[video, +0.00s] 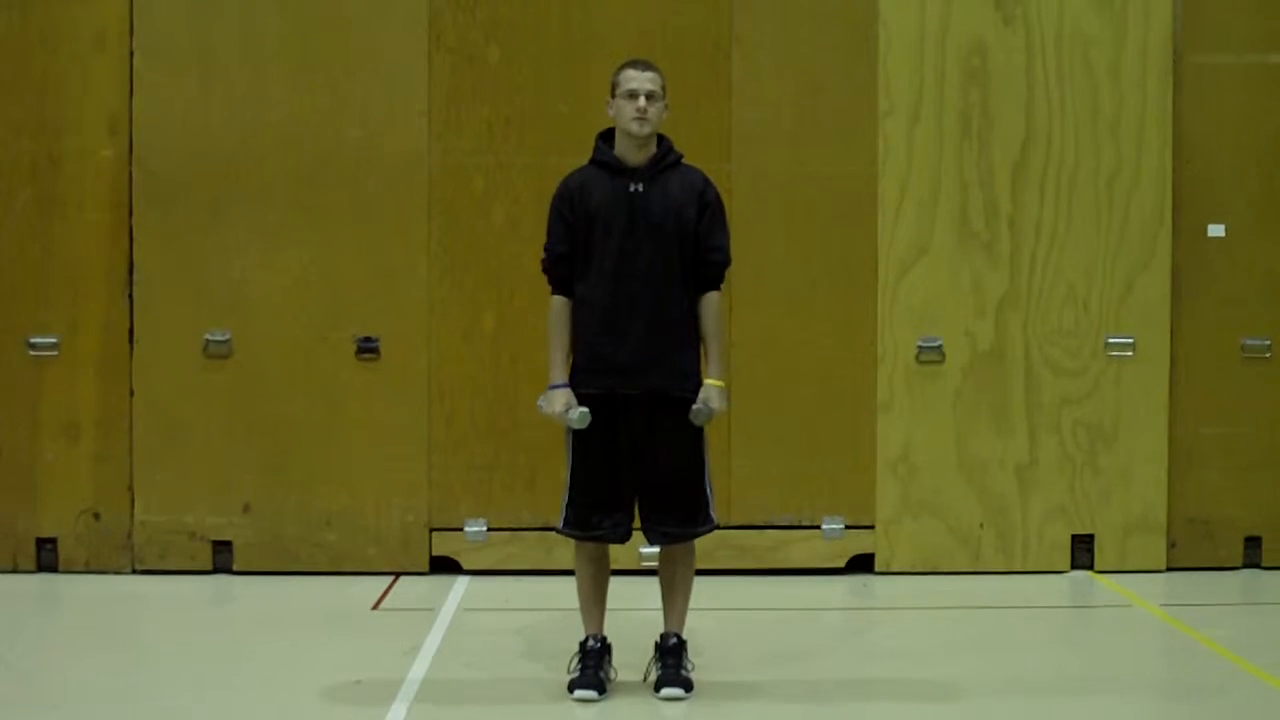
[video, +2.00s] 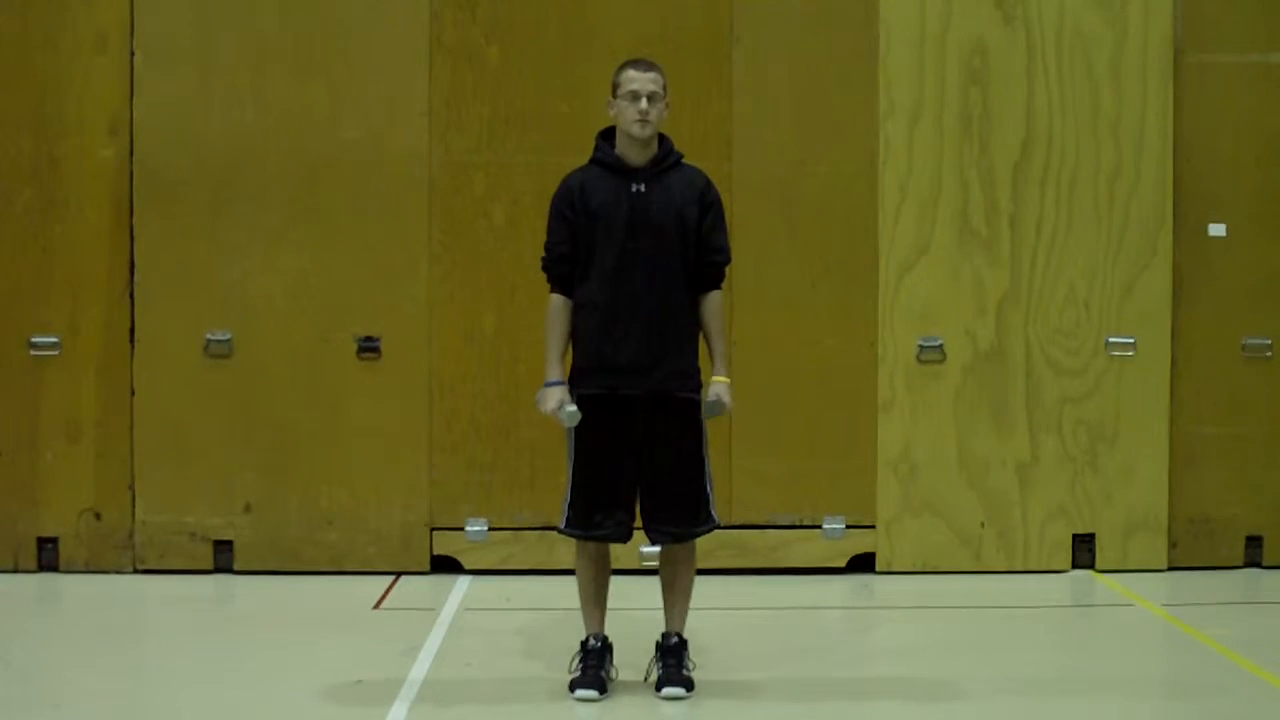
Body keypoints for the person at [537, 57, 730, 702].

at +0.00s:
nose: (642, 106)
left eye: (652, 97)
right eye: (631, 96)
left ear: (665, 110)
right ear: (610, 106)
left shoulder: (695, 189)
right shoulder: (577, 189)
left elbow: (710, 289)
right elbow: (561, 292)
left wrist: (715, 376)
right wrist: (558, 381)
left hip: (673, 385)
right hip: (596, 385)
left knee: (677, 524)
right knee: (591, 523)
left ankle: (673, 648)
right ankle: (593, 648)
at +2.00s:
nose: (644, 107)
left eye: (654, 98)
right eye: (633, 97)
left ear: (667, 110)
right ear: (611, 107)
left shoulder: (694, 188)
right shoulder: (579, 188)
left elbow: (710, 287)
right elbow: (560, 290)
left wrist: (720, 370)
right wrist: (554, 377)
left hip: (674, 383)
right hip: (598, 384)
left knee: (678, 523)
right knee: (593, 522)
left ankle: (673, 648)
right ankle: (594, 647)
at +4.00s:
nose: (663, 110)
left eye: (674, 101)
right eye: (653, 100)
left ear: (690, 109)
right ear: (635, 108)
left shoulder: (718, 192)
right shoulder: (601, 188)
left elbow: (730, 292)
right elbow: (580, 287)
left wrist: (734, 378)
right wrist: (564, 372)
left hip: (688, 386)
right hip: (612, 383)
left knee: (686, 523)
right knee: (600, 520)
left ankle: (675, 647)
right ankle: (596, 645)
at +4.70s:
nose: (591, 167)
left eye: (597, 154)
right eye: (583, 157)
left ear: (631, 133)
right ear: (584, 149)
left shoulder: (696, 194)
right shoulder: (588, 200)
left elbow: (720, 295)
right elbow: (591, 295)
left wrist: (720, 387)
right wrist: (583, 377)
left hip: (677, 388)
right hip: (605, 387)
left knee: (683, 524)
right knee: (586, 515)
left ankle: (676, 648)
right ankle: (595, 644)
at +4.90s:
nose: (551, 181)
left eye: (554, 167)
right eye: (543, 171)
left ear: (583, 142)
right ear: (550, 159)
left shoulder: (658, 196)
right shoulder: (569, 210)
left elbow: (686, 295)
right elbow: (590, 296)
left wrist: (679, 391)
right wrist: (589, 371)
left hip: (651, 389)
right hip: (585, 386)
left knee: (666, 527)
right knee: (542, 514)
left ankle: (674, 650)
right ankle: (507, 645)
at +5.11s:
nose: (493, 199)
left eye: (493, 185)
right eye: (486, 190)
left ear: (522, 160)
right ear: (512, 169)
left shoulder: (601, 205)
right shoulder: (528, 215)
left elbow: (627, 307)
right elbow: (550, 303)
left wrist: (610, 403)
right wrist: (547, 377)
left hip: (611, 396)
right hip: (546, 392)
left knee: (639, 533)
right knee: (498, 524)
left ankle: (670, 651)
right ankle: (446, 648)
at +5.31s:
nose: (402, 212)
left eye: (400, 199)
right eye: (394, 203)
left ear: (426, 174)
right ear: (415, 181)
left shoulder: (514, 207)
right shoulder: (449, 219)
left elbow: (550, 306)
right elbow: (482, 307)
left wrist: (538, 402)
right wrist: (488, 380)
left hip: (558, 393)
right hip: (494, 393)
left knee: (603, 527)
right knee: (455, 523)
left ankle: (659, 643)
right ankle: (432, 653)